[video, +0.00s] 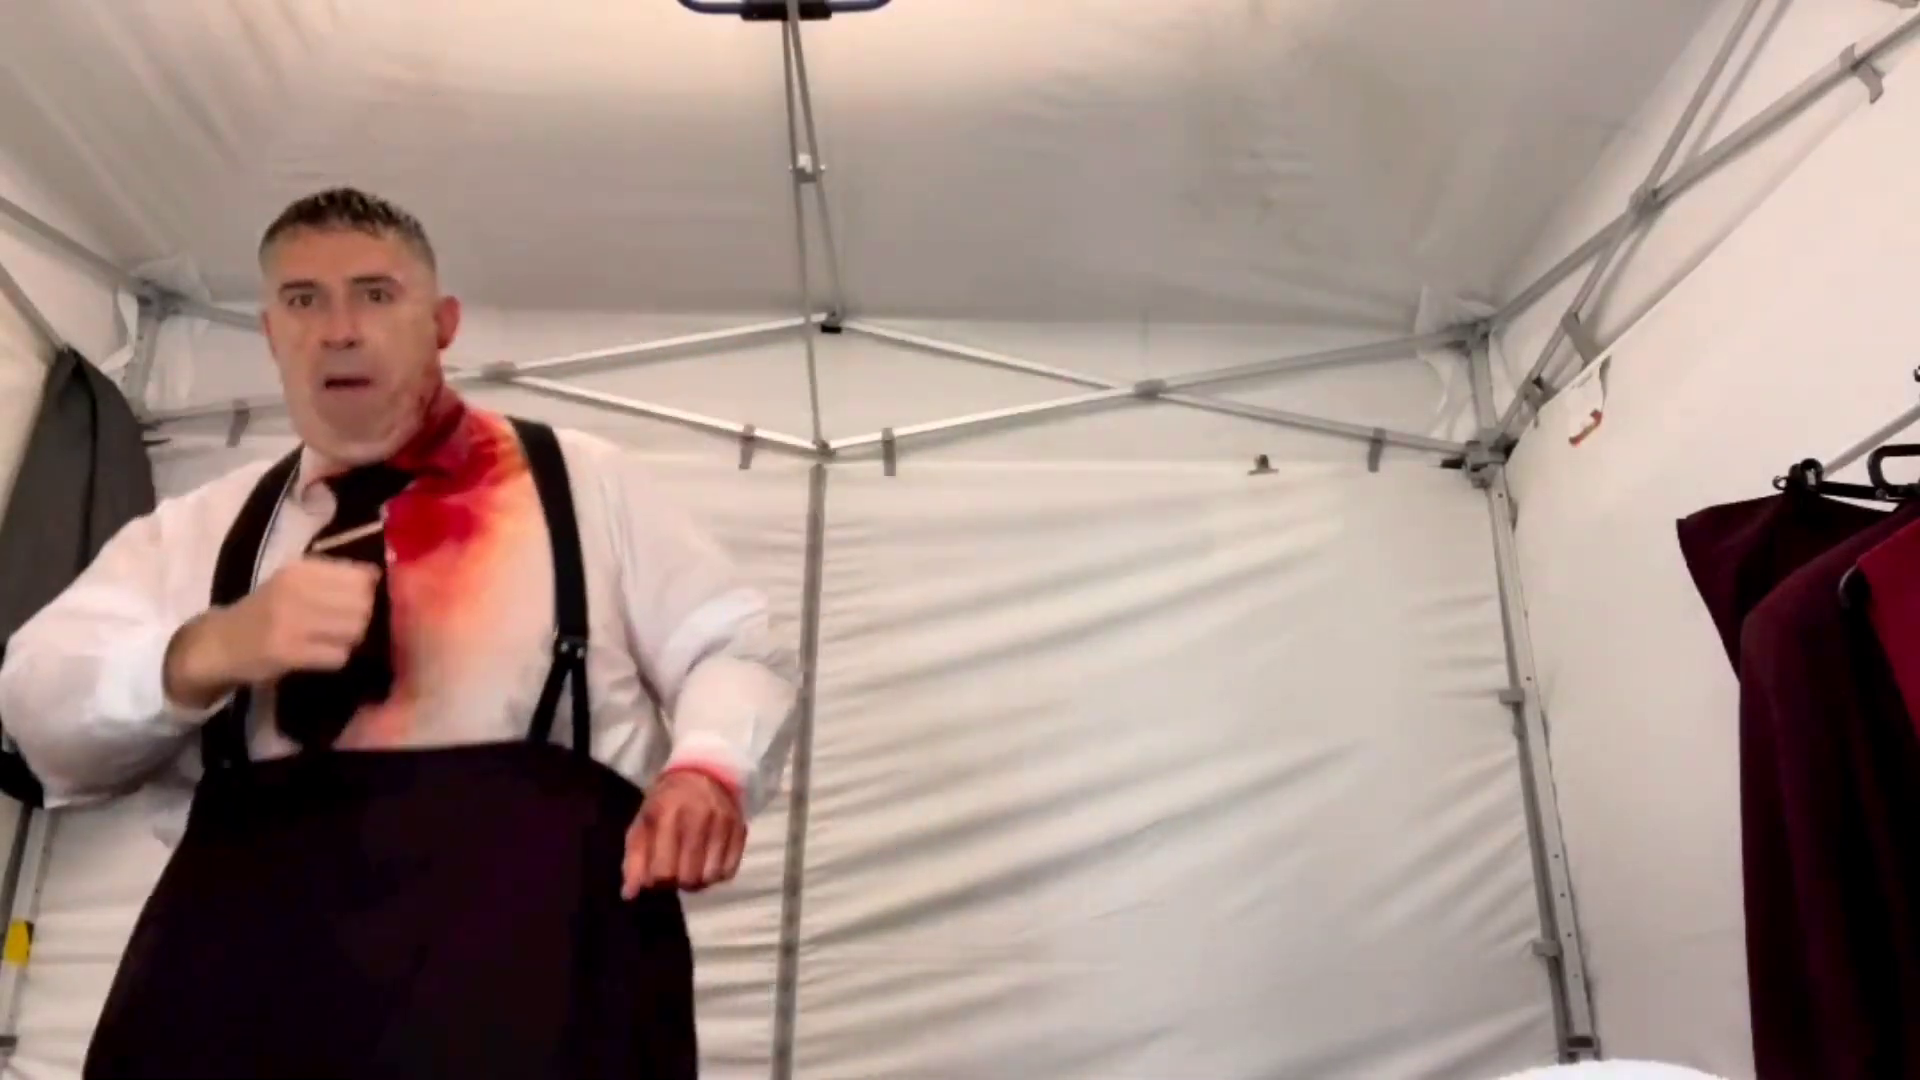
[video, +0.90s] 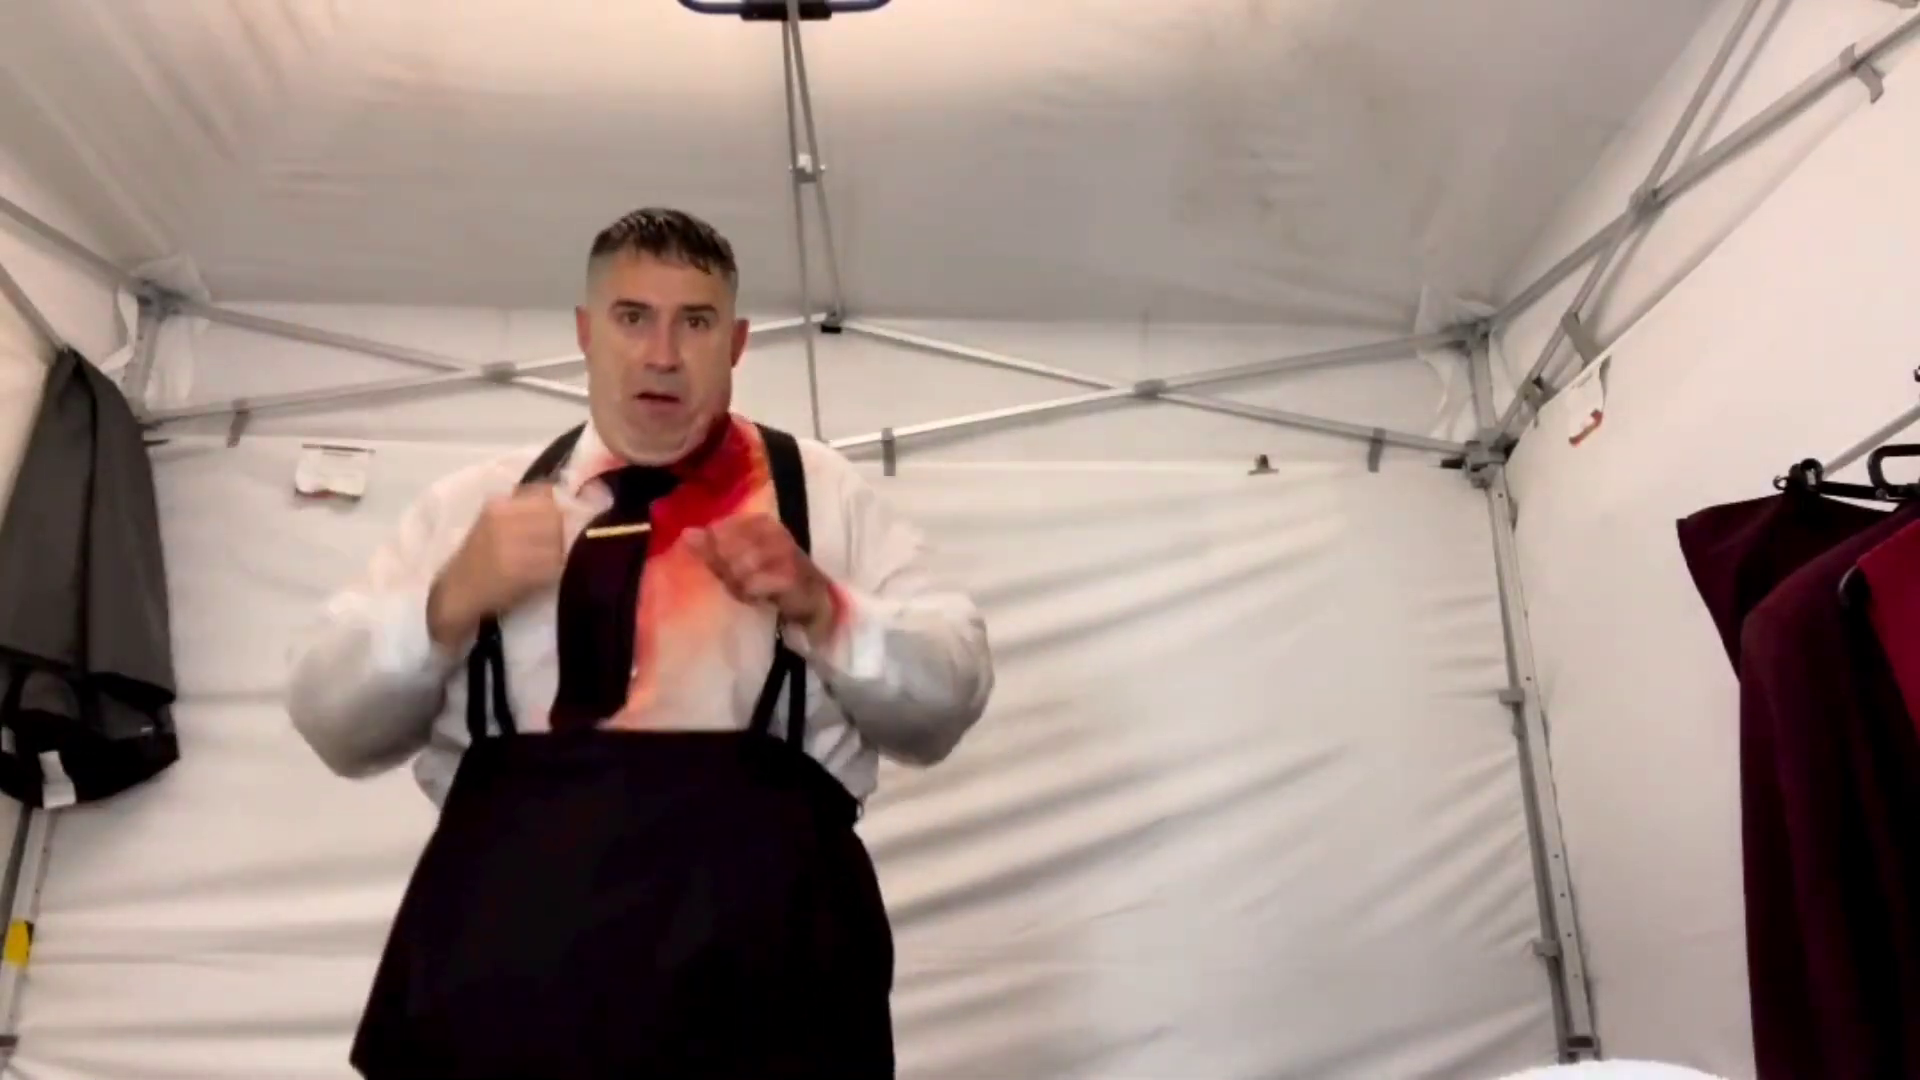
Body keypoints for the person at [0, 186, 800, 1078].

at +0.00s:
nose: (338, 330)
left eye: (375, 294)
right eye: (304, 300)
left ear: (442, 326)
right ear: (270, 336)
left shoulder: (579, 485)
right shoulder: (203, 527)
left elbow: (730, 645)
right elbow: (40, 705)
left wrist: (707, 767)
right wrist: (218, 646)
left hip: (525, 856)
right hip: (279, 856)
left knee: (540, 817)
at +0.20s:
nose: (485, 267)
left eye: (519, 240)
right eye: (453, 231)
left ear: (557, 271)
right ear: (392, 250)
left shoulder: (644, 435)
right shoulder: (251, 430)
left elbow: (782, 621)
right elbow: (83, 639)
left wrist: (692, 590)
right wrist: (222, 597)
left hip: (579, 817)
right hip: (319, 813)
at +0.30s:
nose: (568, 313)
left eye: (601, 289)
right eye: (543, 273)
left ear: (627, 315)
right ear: (472, 277)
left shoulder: (685, 476)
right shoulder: (309, 431)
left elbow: (815, 658)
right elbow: (89, 608)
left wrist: (709, 571)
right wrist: (185, 609)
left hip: (584, 810)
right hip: (331, 799)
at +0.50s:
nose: (628, 374)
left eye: (663, 350)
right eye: (604, 332)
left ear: (687, 372)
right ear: (540, 331)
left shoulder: (730, 534)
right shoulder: (373, 478)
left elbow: (815, 760)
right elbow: (157, 673)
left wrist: (746, 653)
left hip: (634, 896)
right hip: (382, 882)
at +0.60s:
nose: (615, 312)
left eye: (651, 284)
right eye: (589, 277)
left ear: (695, 312)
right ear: (543, 290)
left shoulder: (770, 471)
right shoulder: (413, 440)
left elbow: (883, 670)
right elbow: (238, 629)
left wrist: (803, 645)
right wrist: (401, 542)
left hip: (677, 839)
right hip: (441, 825)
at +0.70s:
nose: (617, 342)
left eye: (650, 311)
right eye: (588, 310)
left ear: (703, 333)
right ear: (552, 329)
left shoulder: (811, 488)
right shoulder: (456, 484)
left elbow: (951, 653)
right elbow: (281, 654)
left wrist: (860, 665)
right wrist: (433, 568)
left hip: (721, 898)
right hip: (485, 888)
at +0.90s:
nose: (661, 353)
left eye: (693, 323)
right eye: (631, 318)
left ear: (736, 346)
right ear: (583, 336)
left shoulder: (825, 495)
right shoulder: (480, 508)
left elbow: (941, 707)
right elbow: (336, 727)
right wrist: (456, 600)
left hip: (750, 902)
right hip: (525, 906)